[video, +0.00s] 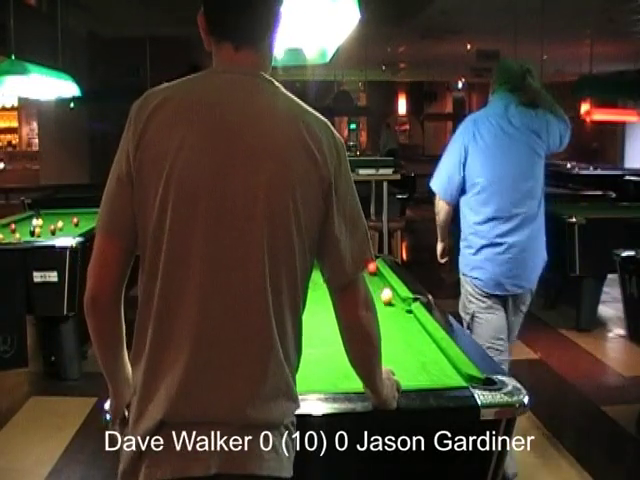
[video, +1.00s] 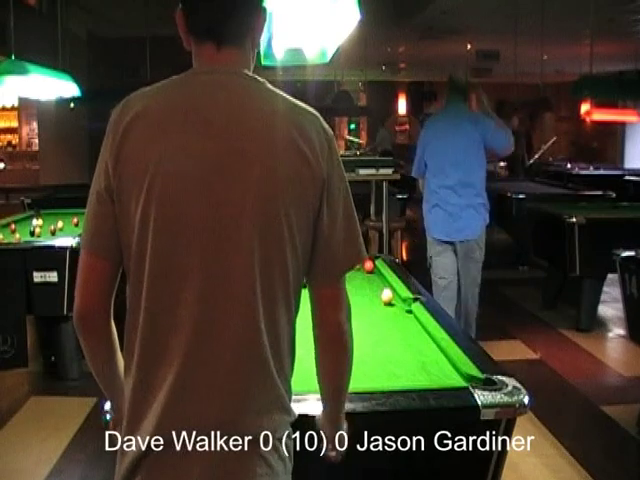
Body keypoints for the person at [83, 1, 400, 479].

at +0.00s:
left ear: (204, 25)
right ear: (274, 31)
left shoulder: (152, 113)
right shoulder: (316, 136)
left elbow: (99, 291)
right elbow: (350, 290)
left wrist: (121, 387)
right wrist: (379, 385)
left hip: (157, 419)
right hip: (262, 421)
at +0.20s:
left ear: (198, 22)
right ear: (270, 29)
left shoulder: (148, 116)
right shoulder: (315, 134)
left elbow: (98, 297)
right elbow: (350, 303)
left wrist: (125, 391)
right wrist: (372, 390)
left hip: (159, 423)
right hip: (264, 425)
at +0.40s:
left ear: (194, 24)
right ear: (268, 30)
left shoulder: (145, 118)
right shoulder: (314, 133)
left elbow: (97, 300)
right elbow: (348, 302)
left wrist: (125, 393)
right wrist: (369, 387)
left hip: (160, 424)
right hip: (264, 427)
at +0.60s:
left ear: (191, 22)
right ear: (266, 29)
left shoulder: (142, 119)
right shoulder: (313, 131)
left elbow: (98, 305)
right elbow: (345, 296)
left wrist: (126, 396)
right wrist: (365, 388)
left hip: (159, 428)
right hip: (264, 429)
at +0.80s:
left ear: (188, 23)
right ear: (264, 26)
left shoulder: (138, 118)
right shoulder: (310, 130)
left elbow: (95, 306)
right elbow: (338, 303)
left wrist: (124, 396)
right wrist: (354, 399)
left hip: (155, 432)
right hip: (262, 432)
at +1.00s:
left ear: (182, 23)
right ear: (260, 26)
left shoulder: (132, 119)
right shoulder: (307, 131)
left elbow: (90, 307)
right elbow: (331, 310)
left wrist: (121, 404)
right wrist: (333, 418)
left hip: (151, 434)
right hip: (260, 435)